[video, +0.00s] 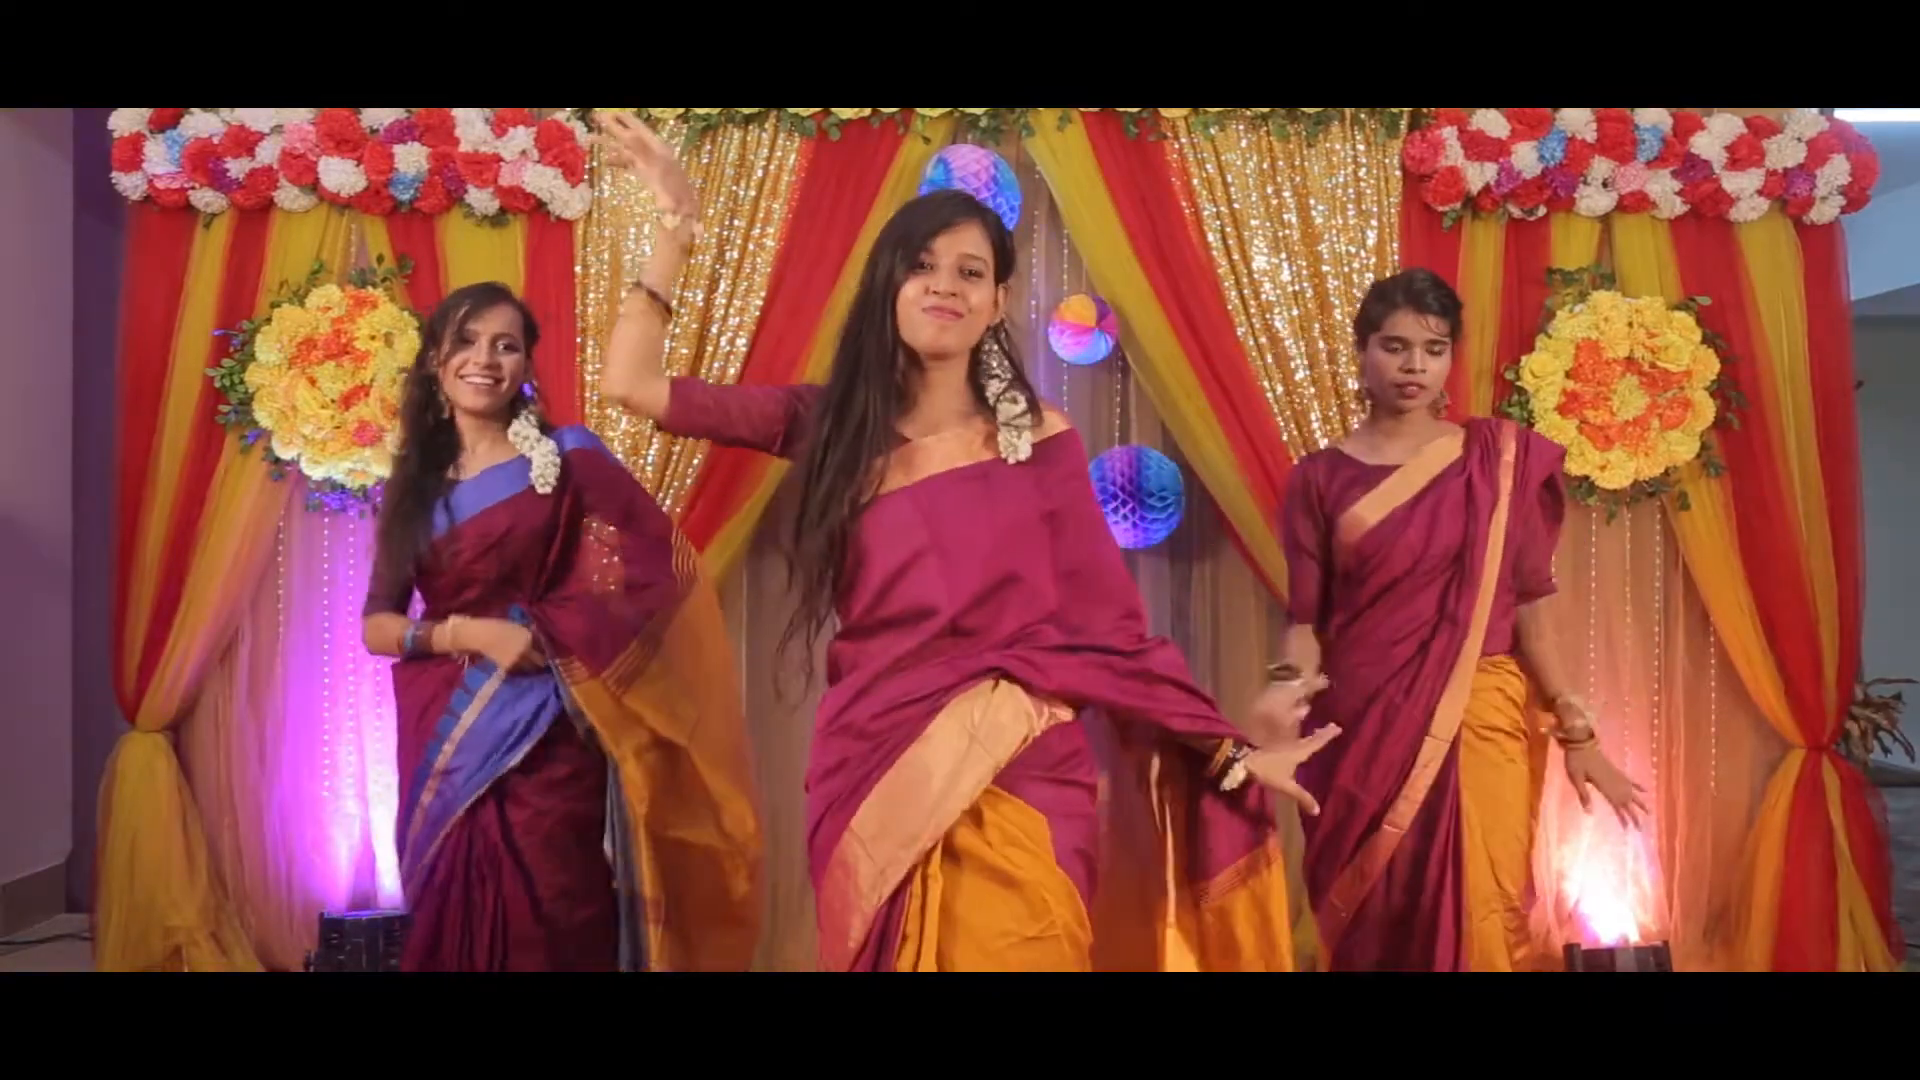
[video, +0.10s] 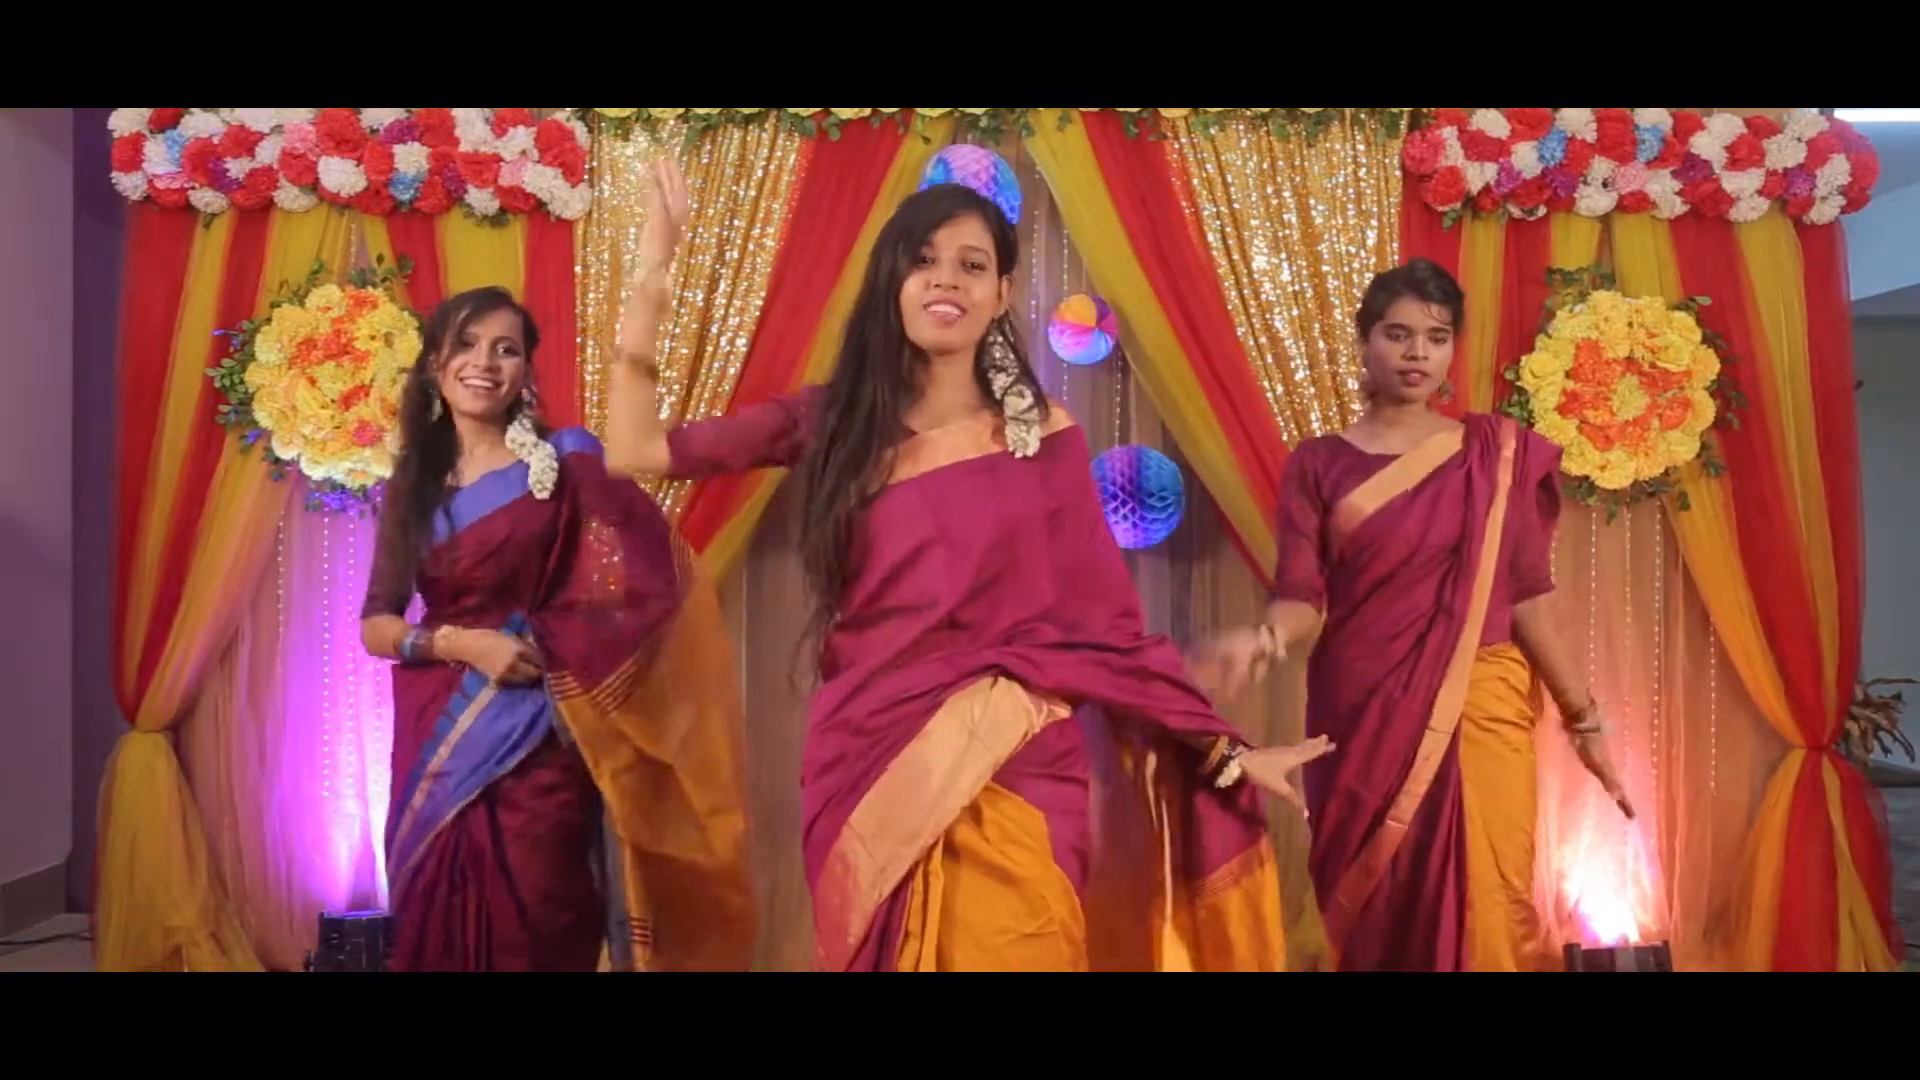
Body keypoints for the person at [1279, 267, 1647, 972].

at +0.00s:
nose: (1415, 365)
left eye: (1434, 349)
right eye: (1396, 345)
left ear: (1453, 358)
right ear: (1360, 352)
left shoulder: (1503, 456)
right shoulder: (1320, 479)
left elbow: (1531, 612)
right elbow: (1304, 623)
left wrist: (1579, 737)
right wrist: (1290, 696)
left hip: (1481, 729)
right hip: (1361, 735)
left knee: (1475, 933)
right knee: (1365, 935)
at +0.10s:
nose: (1418, 353)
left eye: (1436, 337)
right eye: (1398, 334)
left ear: (1454, 350)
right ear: (1362, 344)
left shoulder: (1500, 449)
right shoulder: (1317, 465)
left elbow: (1529, 600)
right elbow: (1300, 601)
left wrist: (1585, 719)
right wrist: (1266, 639)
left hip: (1480, 712)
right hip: (1360, 718)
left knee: (1481, 918)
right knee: (1370, 923)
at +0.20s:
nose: (1417, 342)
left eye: (1435, 328)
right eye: (1398, 325)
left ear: (1453, 344)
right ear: (1363, 335)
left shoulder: (1490, 442)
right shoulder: (1315, 448)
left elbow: (1524, 595)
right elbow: (1298, 604)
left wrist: (1594, 716)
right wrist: (1286, 569)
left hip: (1488, 698)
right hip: (1370, 706)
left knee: (1497, 903)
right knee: (1380, 910)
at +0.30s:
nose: (1417, 342)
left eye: (1436, 327)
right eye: (1398, 323)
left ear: (1452, 342)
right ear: (1361, 333)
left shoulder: (1485, 449)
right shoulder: (1317, 445)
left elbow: (1515, 597)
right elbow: (1307, 575)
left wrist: (1589, 706)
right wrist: (1341, 518)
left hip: (1491, 694)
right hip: (1379, 702)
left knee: (1513, 900)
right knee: (1390, 904)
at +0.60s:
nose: (1420, 354)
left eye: (1435, 337)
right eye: (1398, 337)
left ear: (1455, 353)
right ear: (1361, 352)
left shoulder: (1461, 465)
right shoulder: (1328, 434)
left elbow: (1502, 609)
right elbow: (1344, 552)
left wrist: (1639, 594)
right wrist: (1431, 496)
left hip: (1472, 711)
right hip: (1371, 713)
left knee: (1498, 905)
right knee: (1387, 913)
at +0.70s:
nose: (1422, 345)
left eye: (1438, 328)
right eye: (1399, 329)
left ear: (1457, 344)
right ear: (1364, 345)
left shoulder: (1476, 463)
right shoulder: (1329, 427)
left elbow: (1546, 579)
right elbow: (1330, 536)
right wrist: (1424, 490)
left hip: (1477, 706)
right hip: (1371, 708)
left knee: (1498, 894)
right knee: (1387, 905)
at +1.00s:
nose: (1414, 402)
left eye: (1431, 382)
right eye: (1394, 383)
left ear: (1451, 383)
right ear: (1362, 387)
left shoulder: (1501, 471)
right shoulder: (1322, 483)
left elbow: (1632, 553)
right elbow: (1250, 566)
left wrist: (1517, 523)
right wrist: (1311, 517)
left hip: (1463, 716)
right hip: (1348, 720)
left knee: (1464, 907)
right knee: (1356, 912)